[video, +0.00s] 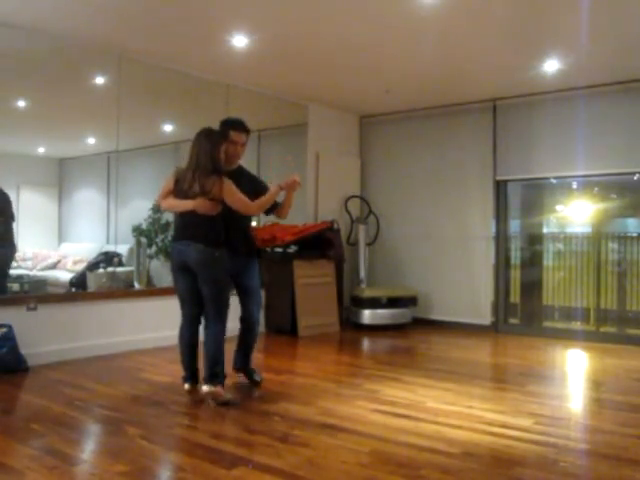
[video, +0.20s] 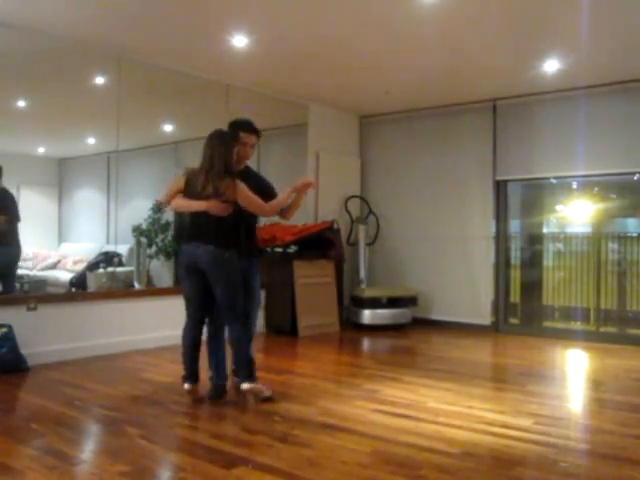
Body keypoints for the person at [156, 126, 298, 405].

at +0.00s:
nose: (229, 155)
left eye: (229, 149)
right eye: (225, 150)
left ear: (195, 150)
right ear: (215, 151)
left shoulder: (179, 176)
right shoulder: (218, 183)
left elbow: (161, 199)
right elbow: (251, 209)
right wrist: (277, 190)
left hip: (180, 250)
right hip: (208, 252)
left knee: (189, 315)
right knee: (216, 317)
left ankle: (190, 379)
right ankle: (213, 382)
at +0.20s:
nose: (242, 155)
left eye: (244, 149)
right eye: (238, 149)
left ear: (207, 151)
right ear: (227, 152)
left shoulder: (188, 177)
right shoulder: (231, 185)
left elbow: (166, 199)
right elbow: (266, 210)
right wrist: (293, 191)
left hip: (189, 254)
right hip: (219, 256)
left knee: (193, 318)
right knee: (230, 317)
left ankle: (189, 378)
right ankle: (220, 382)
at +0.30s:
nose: (249, 155)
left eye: (251, 149)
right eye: (246, 149)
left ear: (215, 152)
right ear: (236, 153)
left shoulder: (197, 178)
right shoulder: (240, 185)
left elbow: (171, 198)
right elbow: (277, 209)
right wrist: (302, 190)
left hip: (197, 256)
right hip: (229, 257)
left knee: (198, 319)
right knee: (246, 318)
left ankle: (191, 377)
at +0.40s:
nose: (260, 154)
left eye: (261, 148)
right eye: (257, 149)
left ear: (227, 150)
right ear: (248, 151)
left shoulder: (207, 179)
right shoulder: (254, 185)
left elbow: (177, 199)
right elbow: (289, 207)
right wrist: (309, 189)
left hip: (209, 255)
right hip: (242, 256)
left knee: (205, 319)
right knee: (255, 317)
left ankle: (192, 377)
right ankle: (269, 375)